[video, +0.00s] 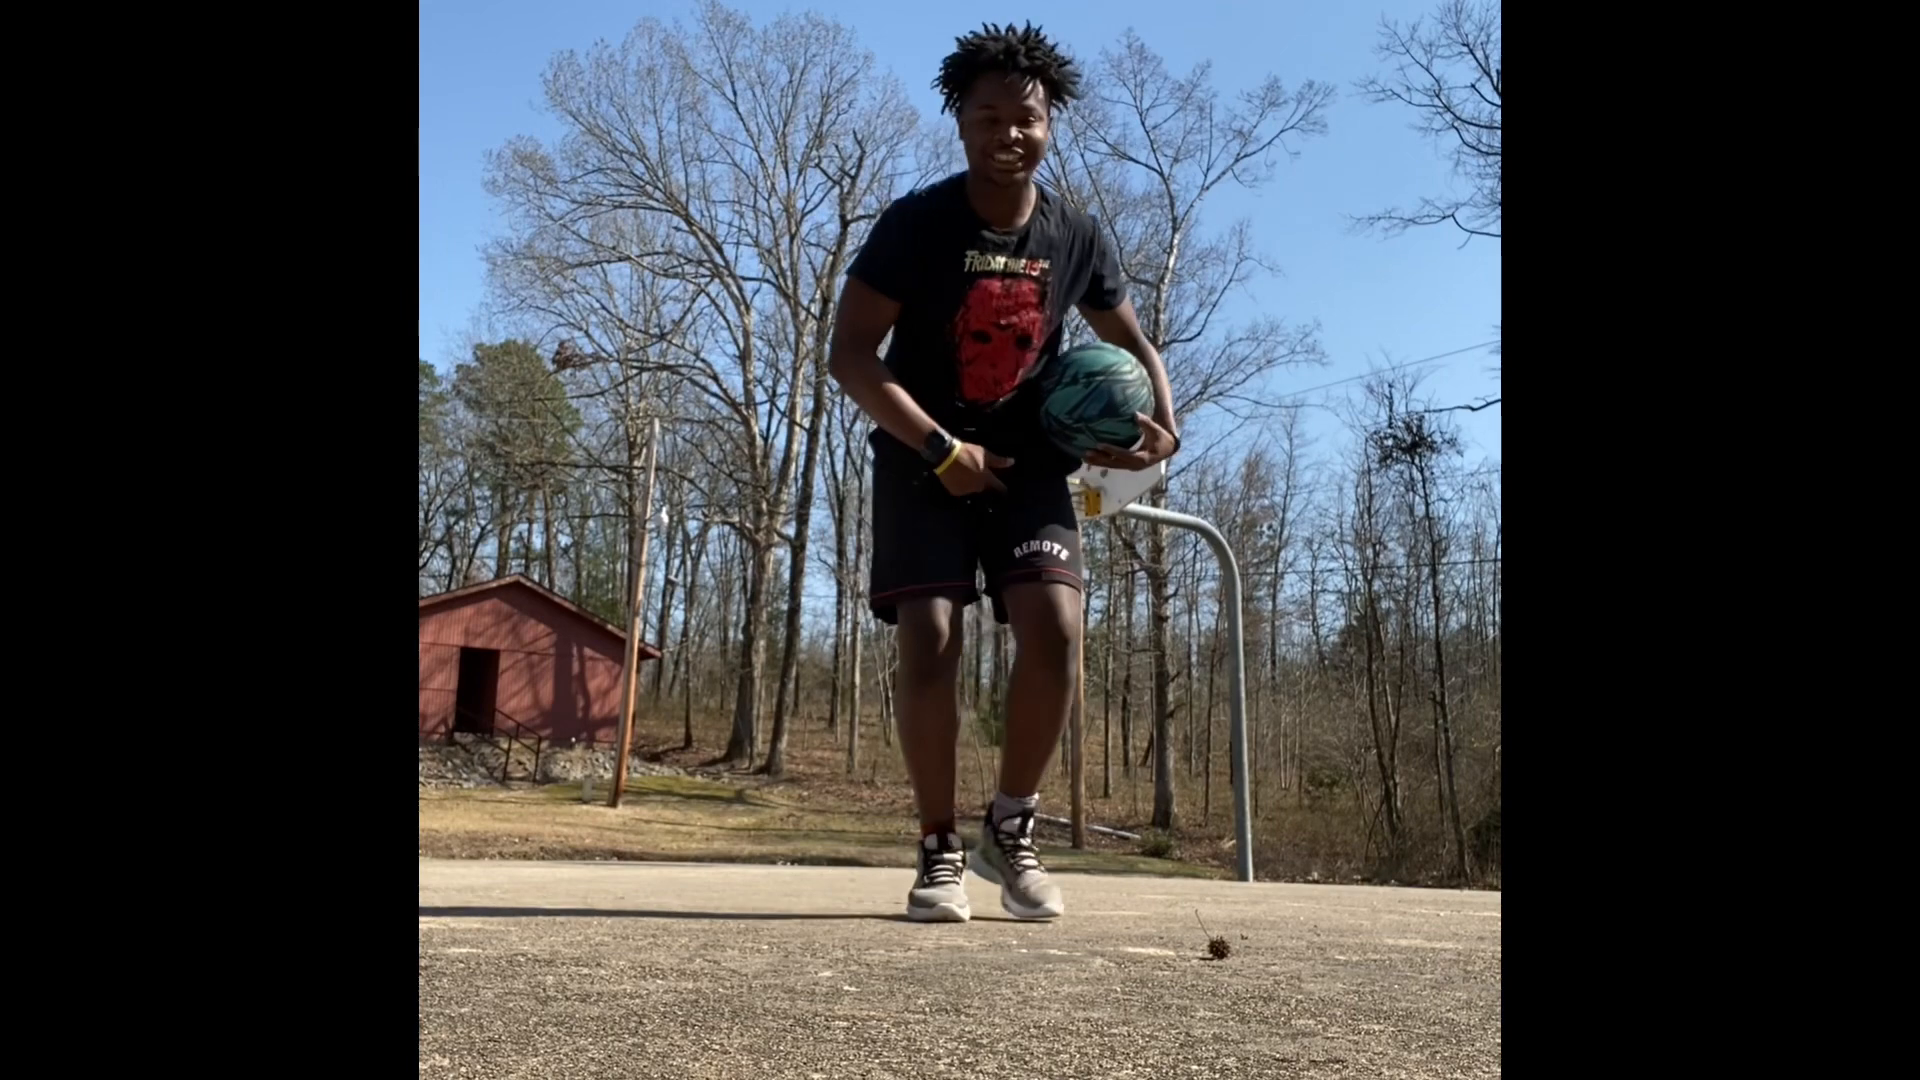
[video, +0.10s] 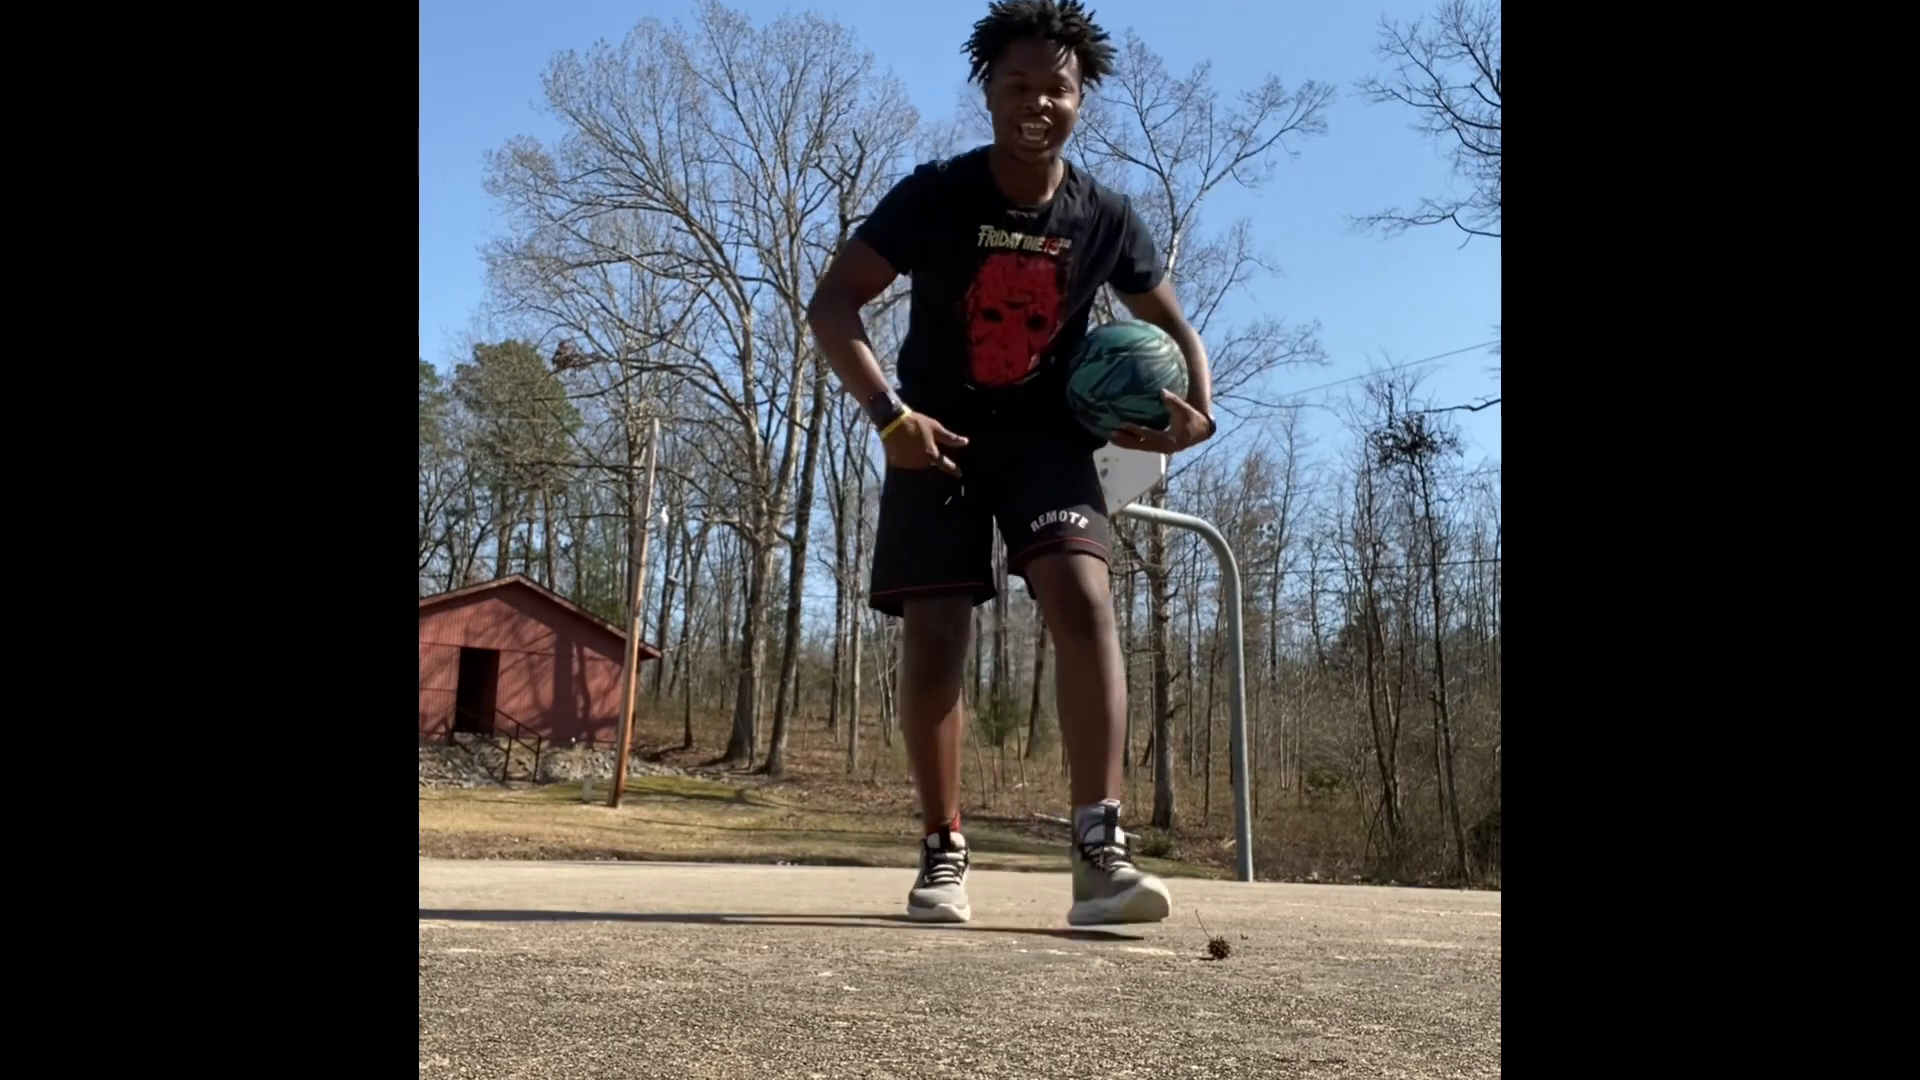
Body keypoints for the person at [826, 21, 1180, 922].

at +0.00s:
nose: (1008, 134)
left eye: (1025, 118)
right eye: (989, 119)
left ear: (1050, 126)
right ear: (960, 127)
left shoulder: (1076, 235)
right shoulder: (913, 225)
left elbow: (1131, 346)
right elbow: (850, 356)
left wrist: (1166, 426)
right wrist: (937, 445)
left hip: (1032, 459)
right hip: (922, 453)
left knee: (1057, 630)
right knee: (929, 640)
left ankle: (1010, 829)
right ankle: (939, 853)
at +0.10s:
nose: (1037, 103)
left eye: (1056, 87)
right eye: (1018, 85)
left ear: (1081, 101)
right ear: (987, 92)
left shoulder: (1106, 220)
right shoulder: (931, 197)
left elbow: (1171, 325)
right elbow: (831, 309)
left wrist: (1203, 410)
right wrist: (887, 411)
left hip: (1052, 440)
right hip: (937, 434)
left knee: (1083, 596)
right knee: (934, 636)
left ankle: (1101, 855)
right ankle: (943, 853)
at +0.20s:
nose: (1079, 96)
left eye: (1100, 82)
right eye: (1061, 75)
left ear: (1123, 96)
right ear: (1028, 79)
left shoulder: (1143, 214)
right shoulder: (960, 180)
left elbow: (1220, 322)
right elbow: (819, 243)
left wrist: (1248, 408)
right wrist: (832, 332)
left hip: (1078, 443)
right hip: (958, 438)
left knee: (1117, 589)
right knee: (946, 651)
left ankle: (1172, 824)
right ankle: (945, 855)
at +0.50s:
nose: (1165, 11)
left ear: (1215, 17)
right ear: (1112, 6)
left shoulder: (1239, 153)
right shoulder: (1036, 108)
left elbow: (1280, 307)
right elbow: (902, 218)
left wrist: (1351, 394)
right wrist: (962, 269)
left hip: (1156, 399)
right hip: (1032, 394)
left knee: (1193, 587)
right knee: (1038, 609)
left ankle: (1201, 873)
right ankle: (993, 793)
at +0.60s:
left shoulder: (1243, 97)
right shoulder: (1034, 76)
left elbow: (1295, 246)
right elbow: (965, 242)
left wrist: (1345, 320)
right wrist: (1067, 301)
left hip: (1177, 367)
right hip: (1043, 359)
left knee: (1202, 580)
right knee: (1045, 578)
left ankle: (1207, 871)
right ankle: (1006, 816)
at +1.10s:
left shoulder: (1188, 68)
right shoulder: (978, 75)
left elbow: (1264, 202)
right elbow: (925, 237)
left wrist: (1327, 294)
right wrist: (968, 362)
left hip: (1148, 372)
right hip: (1014, 372)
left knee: (1190, 571)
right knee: (1008, 590)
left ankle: (1199, 870)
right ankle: (1008, 867)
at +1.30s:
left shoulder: (1174, 86)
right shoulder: (962, 82)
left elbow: (1267, 209)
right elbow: (843, 202)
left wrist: (1350, 297)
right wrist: (851, 328)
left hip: (1133, 354)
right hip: (999, 359)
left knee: (1187, 548)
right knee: (998, 572)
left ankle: (1194, 858)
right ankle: (1007, 871)